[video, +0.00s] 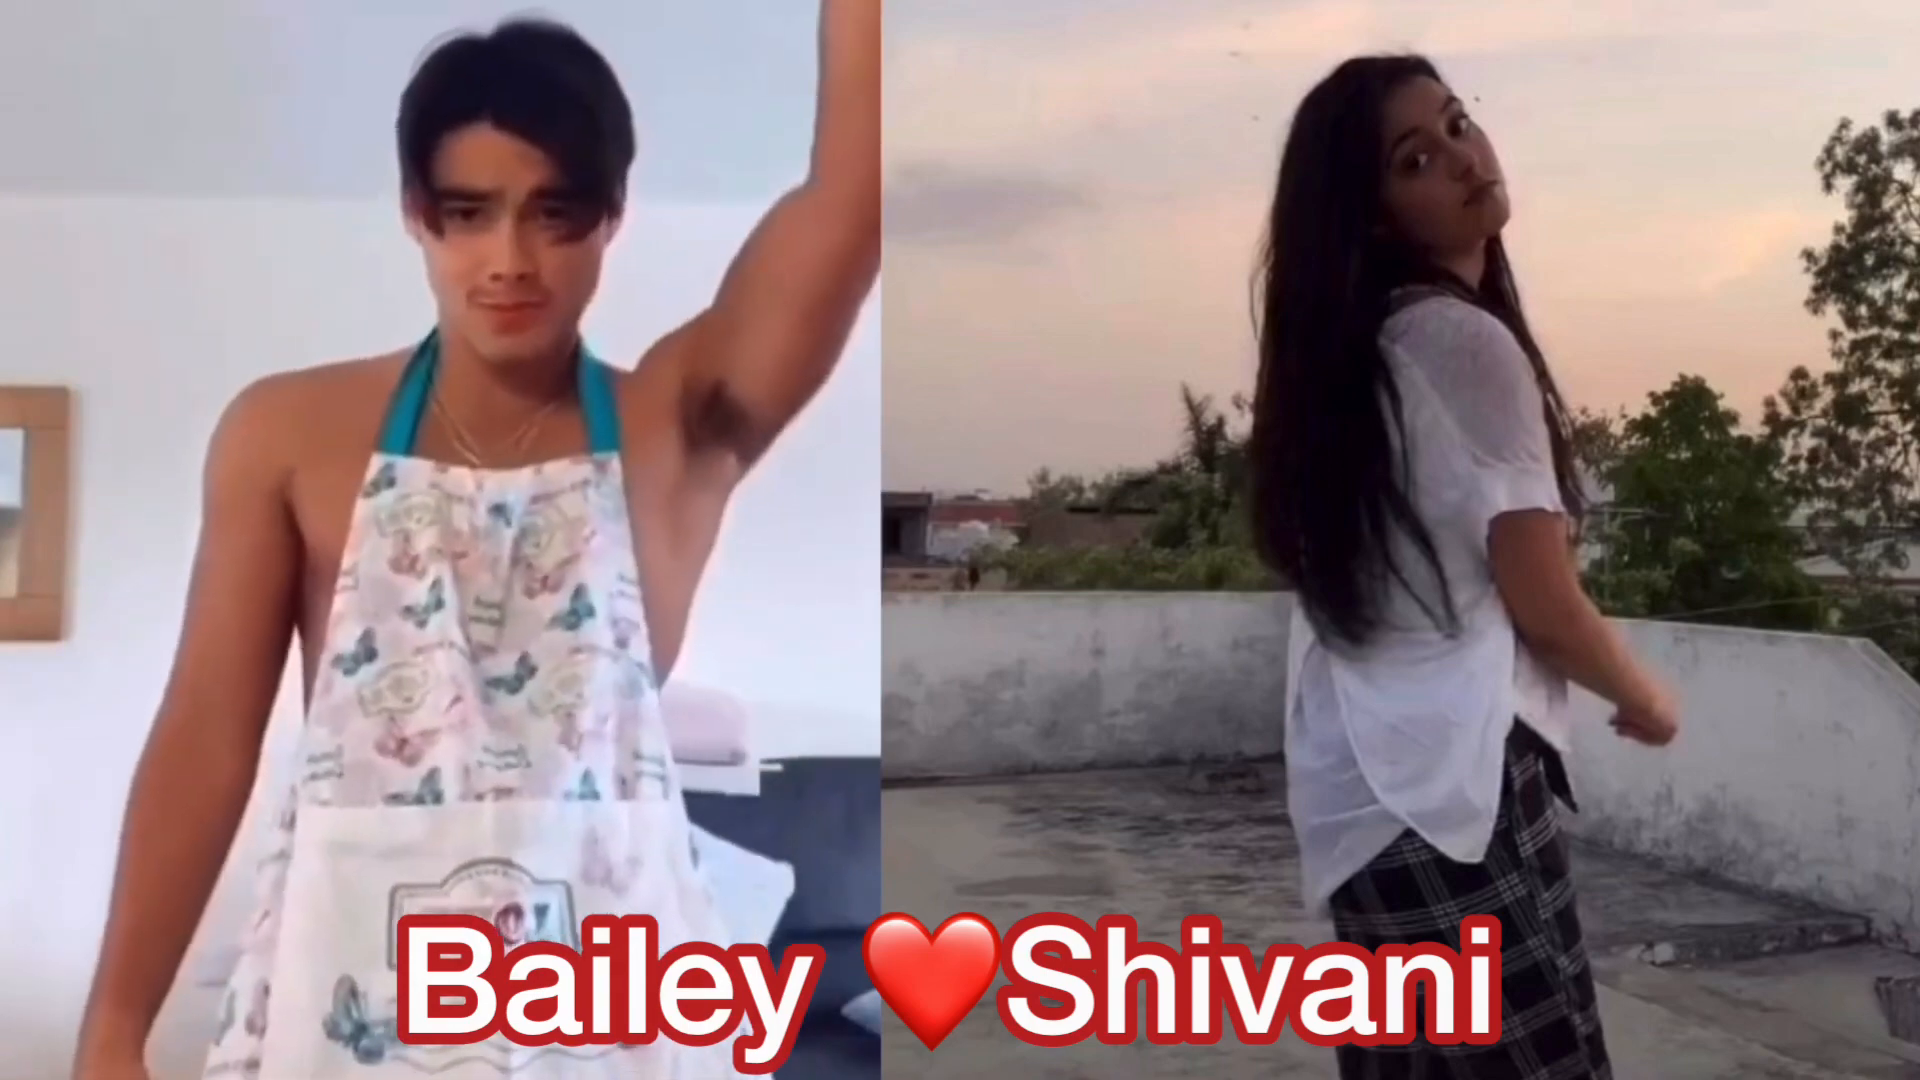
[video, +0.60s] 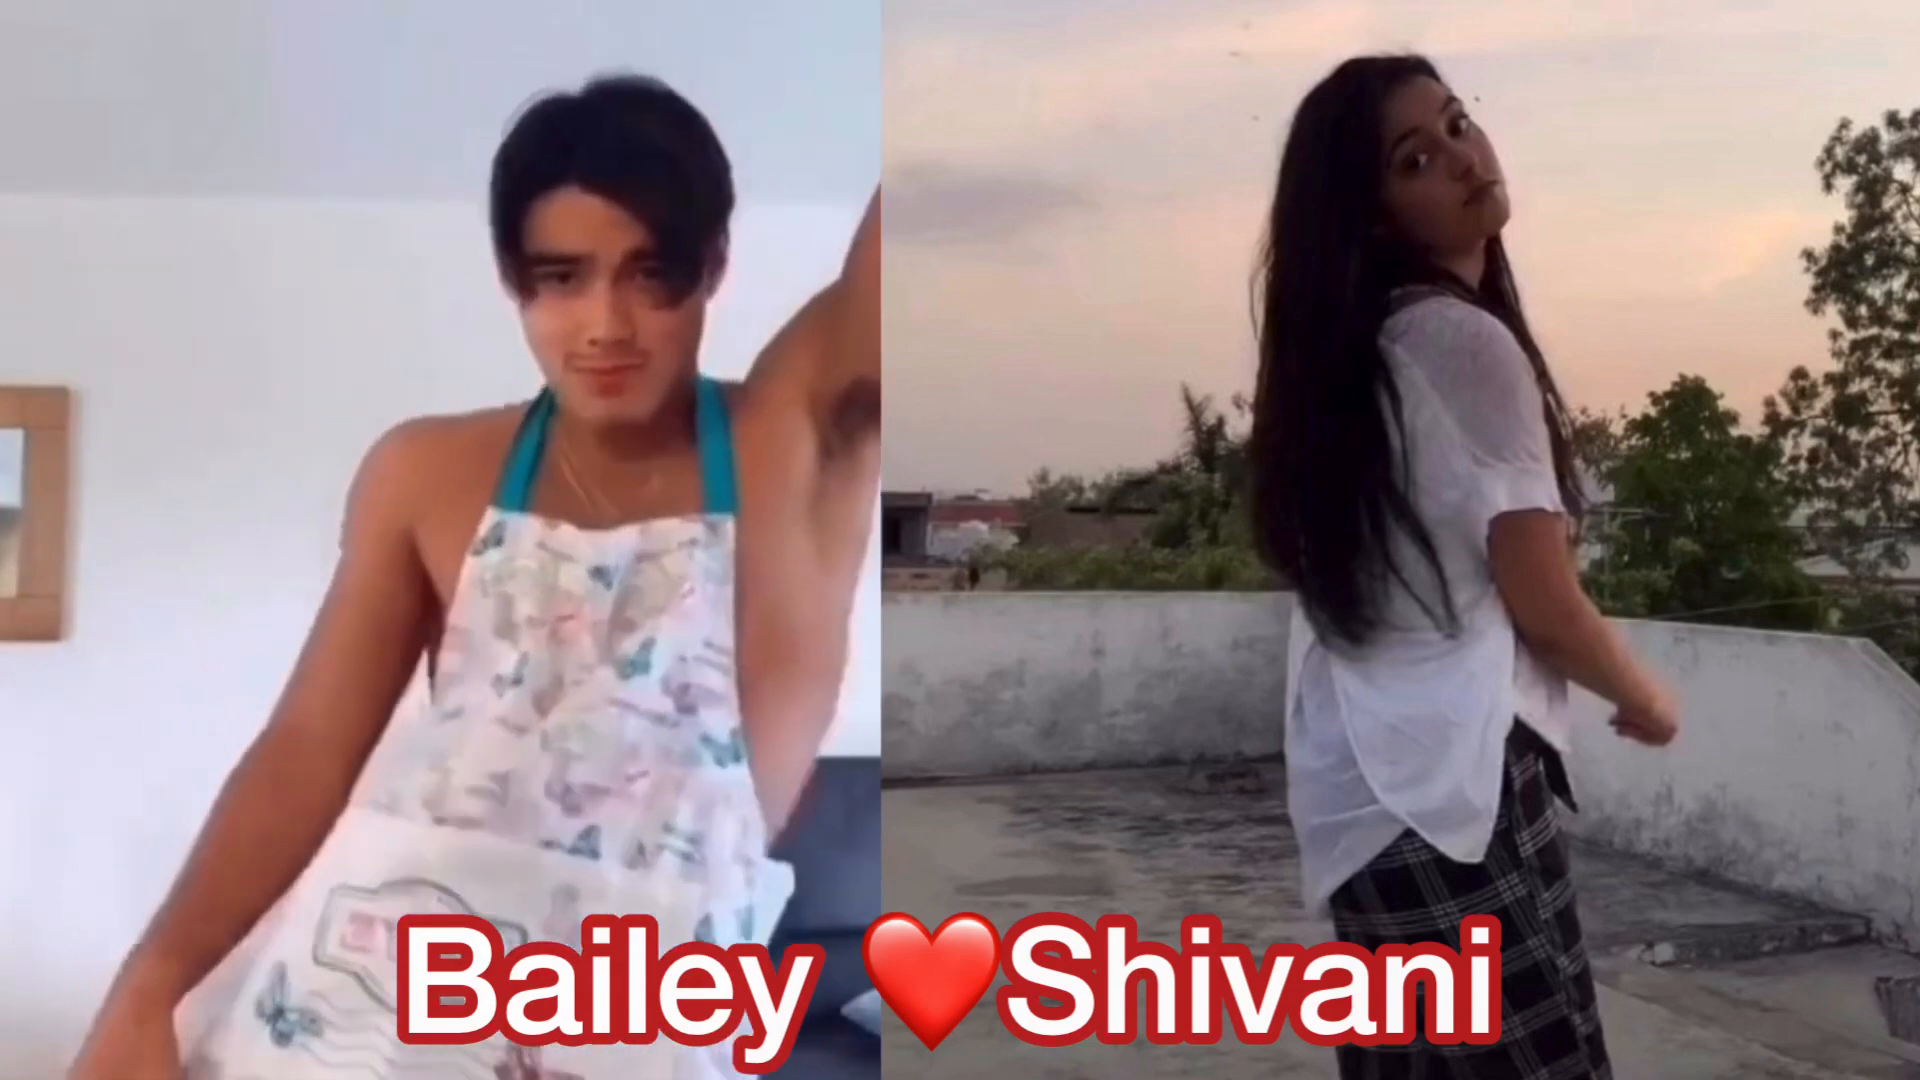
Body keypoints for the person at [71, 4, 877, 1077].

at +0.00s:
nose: (509, 263)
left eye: (555, 215)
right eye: (467, 214)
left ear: (612, 220)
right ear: (418, 219)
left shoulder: (686, 425)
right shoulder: (288, 433)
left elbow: (849, 202)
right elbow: (203, 743)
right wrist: (115, 1031)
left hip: (610, 998)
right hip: (344, 992)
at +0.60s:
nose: (604, 323)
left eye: (649, 272)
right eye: (562, 276)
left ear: (710, 272)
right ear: (516, 284)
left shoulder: (804, 430)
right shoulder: (427, 472)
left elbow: (949, 159)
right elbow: (303, 760)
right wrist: (148, 988)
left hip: (661, 995)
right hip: (390, 958)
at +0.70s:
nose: (624, 353)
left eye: (671, 303)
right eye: (579, 308)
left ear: (735, 305)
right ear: (533, 315)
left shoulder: (818, 450)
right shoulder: (451, 549)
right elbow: (321, 820)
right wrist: (157, 1041)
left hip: (758, 1022)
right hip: (507, 1012)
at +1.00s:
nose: (600, 356)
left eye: (649, 309)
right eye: (553, 305)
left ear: (705, 322)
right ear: (498, 310)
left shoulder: (783, 444)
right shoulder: (388, 574)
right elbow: (368, 918)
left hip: (824, 1036)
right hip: (576, 1051)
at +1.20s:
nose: (552, 270)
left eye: (608, 221)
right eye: (509, 213)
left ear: (658, 221)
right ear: (447, 208)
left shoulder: (717, 325)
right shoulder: (340, 445)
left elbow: (907, 81)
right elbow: (352, 772)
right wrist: (400, 1055)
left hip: (791, 921)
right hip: (551, 970)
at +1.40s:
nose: (497, 278)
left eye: (547, 230)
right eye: (456, 227)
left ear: (603, 226)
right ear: (401, 218)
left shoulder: (650, 333)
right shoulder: (299, 399)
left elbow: (835, 122)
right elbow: (264, 740)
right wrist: (319, 1029)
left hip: (709, 906)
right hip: (483, 951)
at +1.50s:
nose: (478, 341)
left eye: (524, 299)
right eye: (439, 293)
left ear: (577, 299)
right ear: (387, 292)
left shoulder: (620, 424)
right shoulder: (287, 446)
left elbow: (813, 241)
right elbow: (209, 762)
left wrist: (857, 3)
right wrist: (236, 1049)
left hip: (608, 1002)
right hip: (383, 1012)